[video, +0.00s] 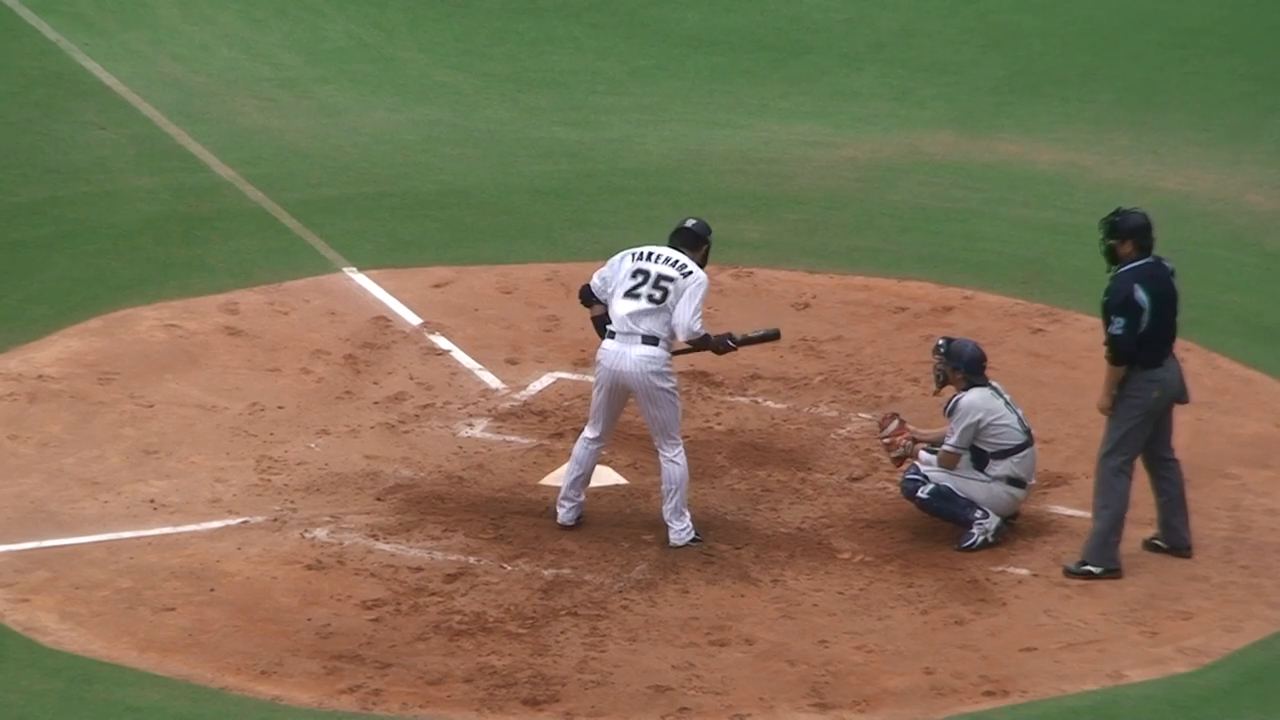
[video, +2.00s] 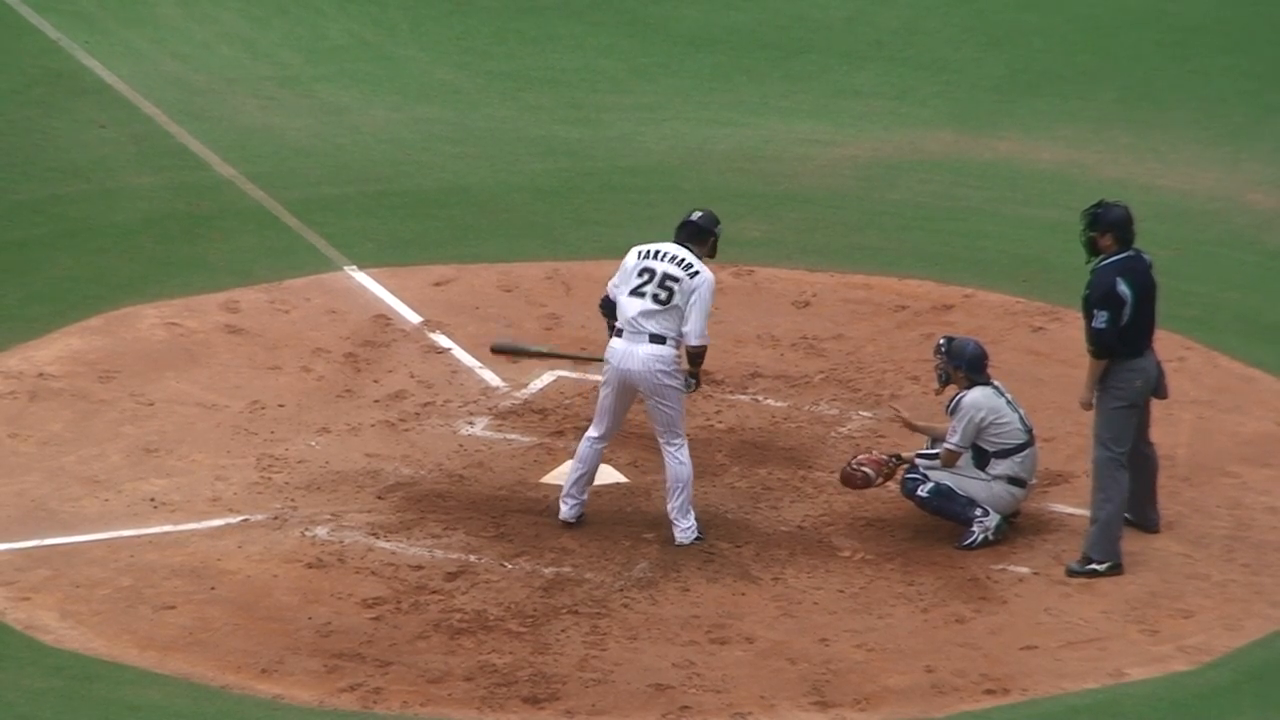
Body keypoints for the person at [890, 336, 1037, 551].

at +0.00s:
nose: (938, 367)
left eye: (943, 364)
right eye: (939, 362)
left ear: (958, 373)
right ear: (971, 372)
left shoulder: (969, 403)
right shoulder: (991, 388)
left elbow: (947, 463)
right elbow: (957, 435)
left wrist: (914, 451)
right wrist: (915, 434)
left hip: (1003, 493)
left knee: (914, 479)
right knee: (932, 453)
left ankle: (982, 520)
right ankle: (1003, 508)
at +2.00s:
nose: (940, 367)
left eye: (945, 364)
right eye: (941, 362)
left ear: (960, 371)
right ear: (974, 369)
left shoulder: (972, 402)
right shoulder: (992, 388)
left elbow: (947, 460)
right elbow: (958, 434)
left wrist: (905, 458)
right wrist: (916, 426)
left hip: (1003, 491)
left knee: (913, 479)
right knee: (935, 448)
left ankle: (983, 518)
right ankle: (1002, 507)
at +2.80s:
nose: (942, 364)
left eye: (947, 361)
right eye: (943, 359)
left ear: (961, 369)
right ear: (976, 368)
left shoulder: (971, 400)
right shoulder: (991, 386)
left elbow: (946, 461)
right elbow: (969, 434)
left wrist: (911, 460)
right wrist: (929, 437)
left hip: (1002, 490)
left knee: (913, 480)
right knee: (927, 454)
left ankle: (983, 518)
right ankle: (1003, 505)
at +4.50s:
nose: (943, 369)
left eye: (948, 365)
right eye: (944, 364)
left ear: (964, 371)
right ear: (975, 370)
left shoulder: (975, 403)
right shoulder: (995, 387)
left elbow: (950, 460)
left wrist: (908, 459)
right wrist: (911, 459)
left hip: (1002, 493)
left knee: (915, 480)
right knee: (934, 443)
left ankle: (984, 519)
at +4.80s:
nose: (940, 376)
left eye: (944, 370)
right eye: (941, 370)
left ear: (960, 374)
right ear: (976, 371)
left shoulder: (975, 403)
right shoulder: (994, 387)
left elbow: (951, 459)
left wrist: (908, 459)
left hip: (1003, 493)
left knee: (915, 480)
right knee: (935, 443)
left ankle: (984, 519)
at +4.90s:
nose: (940, 376)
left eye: (944, 371)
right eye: (941, 370)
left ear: (960, 375)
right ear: (976, 371)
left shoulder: (974, 403)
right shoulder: (993, 387)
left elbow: (950, 462)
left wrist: (909, 457)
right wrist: (947, 440)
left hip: (1003, 493)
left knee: (914, 480)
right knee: (933, 442)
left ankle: (983, 519)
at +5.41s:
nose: (940, 371)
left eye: (945, 368)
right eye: (941, 366)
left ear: (961, 376)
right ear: (971, 375)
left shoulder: (974, 406)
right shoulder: (993, 389)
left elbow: (950, 464)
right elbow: (964, 436)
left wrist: (919, 450)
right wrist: (925, 435)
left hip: (1004, 494)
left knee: (916, 478)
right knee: (932, 453)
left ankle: (985, 520)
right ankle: (1003, 507)